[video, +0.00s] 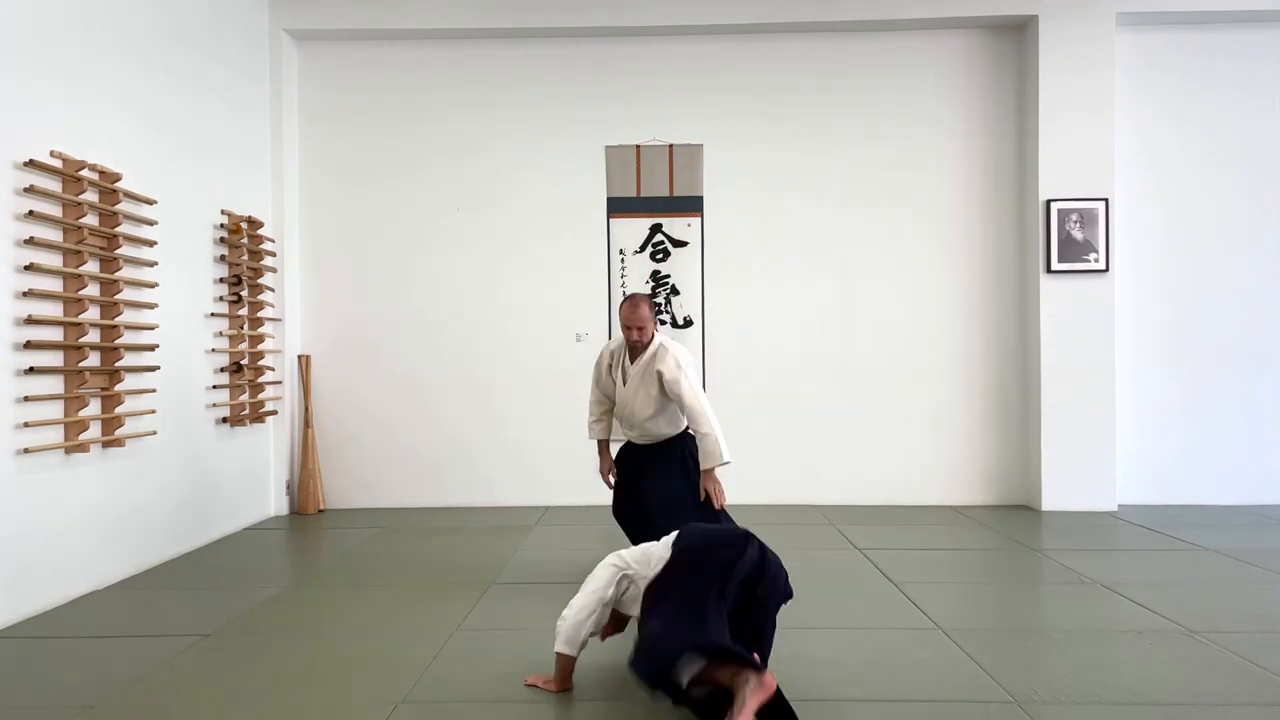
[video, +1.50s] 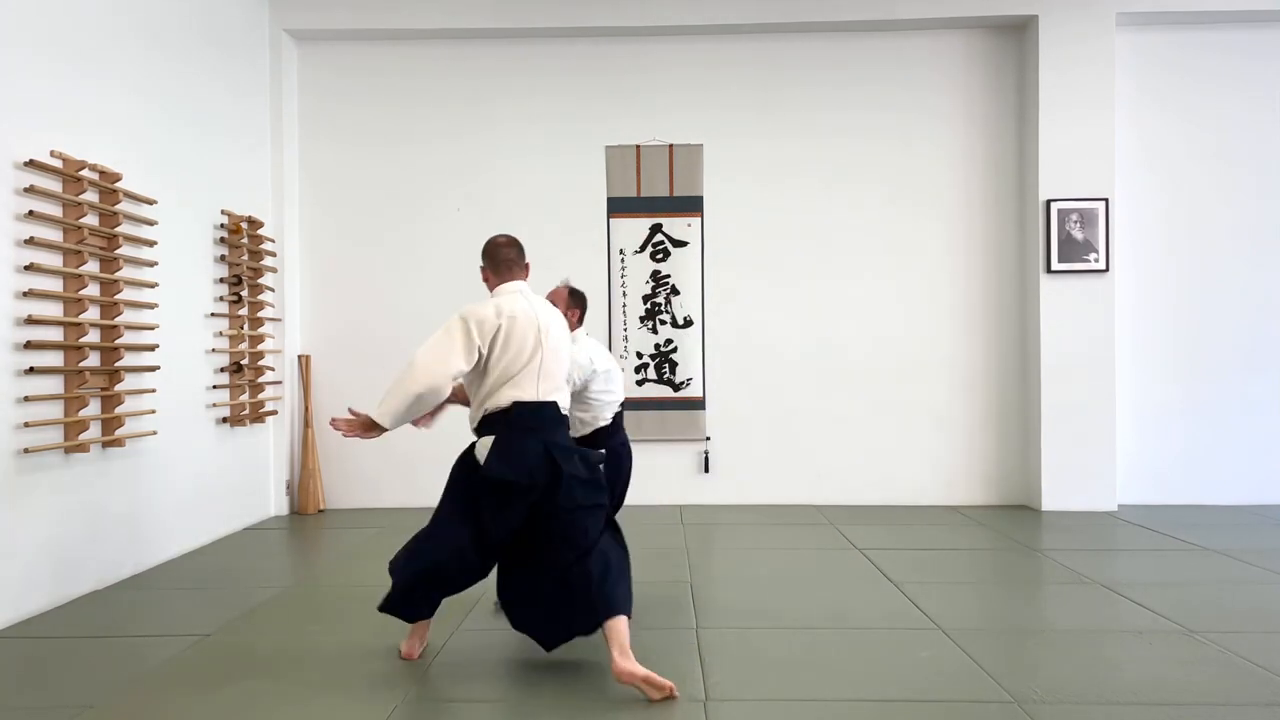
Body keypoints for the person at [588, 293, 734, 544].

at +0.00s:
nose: (633, 336)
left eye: (640, 329)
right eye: (627, 329)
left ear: (654, 323)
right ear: (620, 324)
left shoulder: (670, 358)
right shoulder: (610, 356)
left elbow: (699, 414)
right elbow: (600, 405)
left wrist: (709, 471)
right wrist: (604, 453)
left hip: (674, 451)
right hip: (635, 452)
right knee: (626, 510)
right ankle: (658, 566)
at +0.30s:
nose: (629, 295)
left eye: (636, 288)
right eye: (622, 288)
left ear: (646, 292)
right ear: (613, 290)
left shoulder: (662, 330)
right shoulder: (596, 330)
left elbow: (686, 379)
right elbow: (579, 382)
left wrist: (684, 429)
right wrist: (580, 429)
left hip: (655, 427)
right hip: (614, 427)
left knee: (653, 493)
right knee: (605, 496)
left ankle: (651, 556)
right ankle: (605, 560)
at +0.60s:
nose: (641, 281)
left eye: (647, 275)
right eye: (633, 274)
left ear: (651, 281)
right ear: (618, 278)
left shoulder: (652, 323)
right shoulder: (595, 319)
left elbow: (661, 368)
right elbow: (565, 374)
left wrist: (660, 413)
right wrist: (575, 422)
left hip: (638, 410)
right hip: (595, 411)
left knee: (646, 481)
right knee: (590, 479)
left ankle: (626, 556)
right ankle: (587, 535)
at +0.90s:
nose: (615, 284)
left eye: (620, 278)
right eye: (608, 277)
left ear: (622, 283)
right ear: (586, 279)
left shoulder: (617, 325)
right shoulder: (564, 318)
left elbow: (615, 380)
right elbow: (592, 331)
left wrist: (637, 418)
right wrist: (635, 315)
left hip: (592, 430)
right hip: (553, 427)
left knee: (626, 498)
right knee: (574, 504)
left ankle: (615, 550)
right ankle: (533, 595)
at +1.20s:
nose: (528, 258)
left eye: (523, 251)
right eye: (525, 252)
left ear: (488, 262)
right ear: (516, 254)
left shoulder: (474, 314)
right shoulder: (538, 289)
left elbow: (495, 373)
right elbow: (599, 283)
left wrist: (552, 382)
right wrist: (597, 263)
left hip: (494, 420)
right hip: (538, 423)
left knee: (486, 511)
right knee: (545, 507)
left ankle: (433, 600)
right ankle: (520, 595)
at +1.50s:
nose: (485, 279)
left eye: (483, 274)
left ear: (485, 275)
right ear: (528, 270)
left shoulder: (478, 316)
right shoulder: (554, 319)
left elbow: (425, 373)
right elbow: (520, 388)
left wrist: (379, 420)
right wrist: (451, 397)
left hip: (499, 451)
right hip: (560, 452)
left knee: (447, 538)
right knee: (601, 543)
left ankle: (416, 636)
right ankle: (623, 654)